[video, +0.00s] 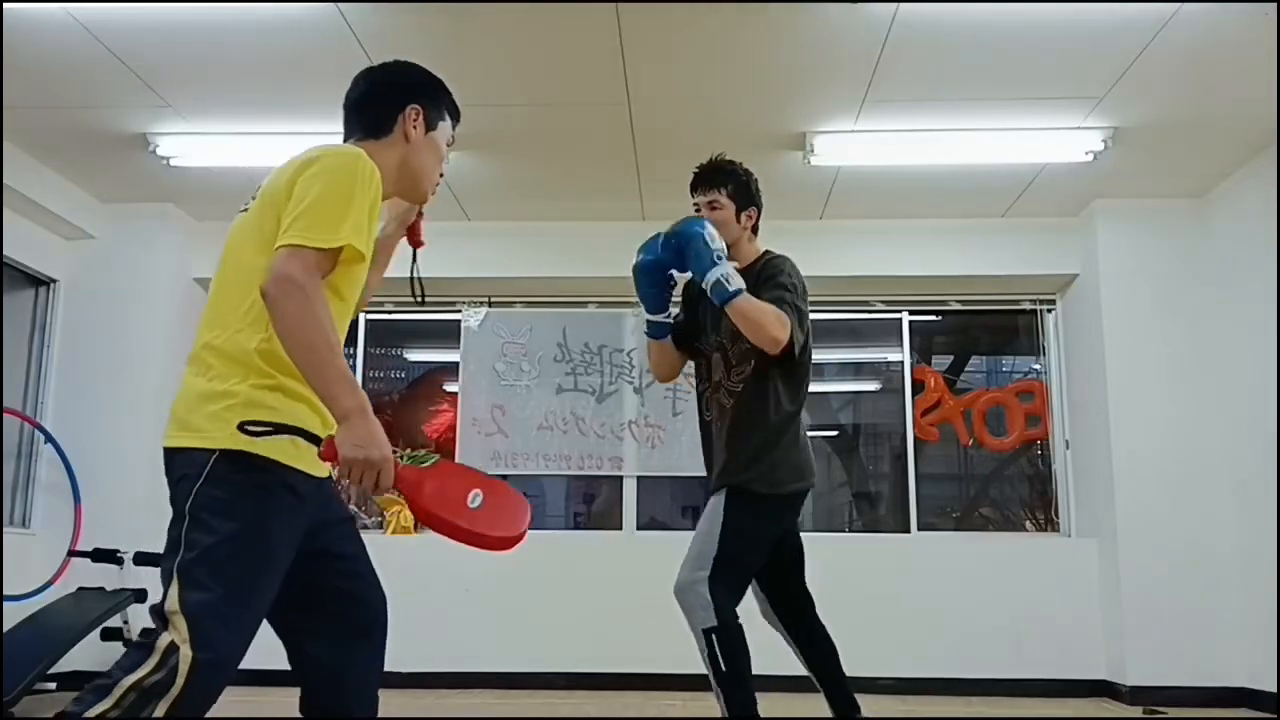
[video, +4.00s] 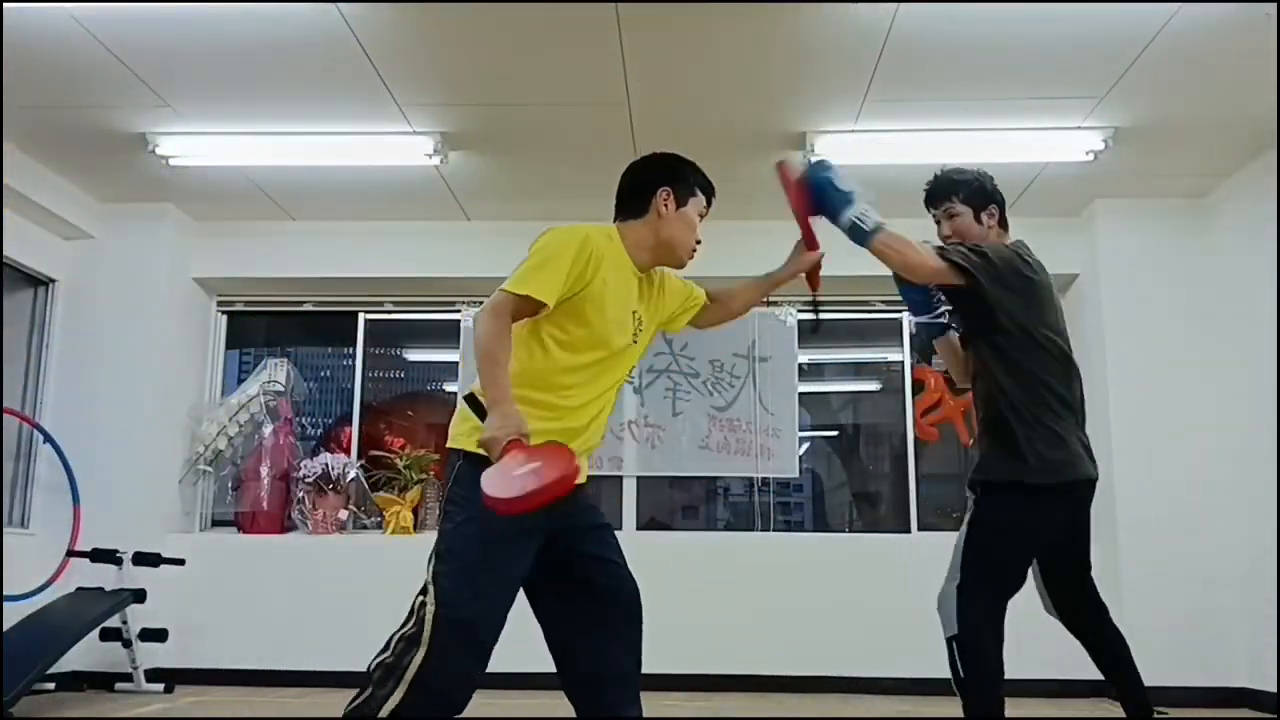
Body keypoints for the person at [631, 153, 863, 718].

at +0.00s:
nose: (701, 217)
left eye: (713, 205)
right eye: (695, 207)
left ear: (749, 216)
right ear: (696, 219)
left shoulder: (777, 274)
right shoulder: (704, 288)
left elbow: (775, 335)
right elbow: (665, 368)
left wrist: (716, 272)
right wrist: (656, 310)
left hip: (766, 470)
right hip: (742, 470)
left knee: (699, 591)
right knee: (787, 606)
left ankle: (742, 714)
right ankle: (848, 711)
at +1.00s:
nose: (597, 211)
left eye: (608, 195)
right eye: (593, 201)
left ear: (648, 199)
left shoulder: (674, 255)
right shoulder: (626, 278)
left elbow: (686, 324)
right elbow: (598, 378)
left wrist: (611, 267)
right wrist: (576, 309)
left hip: (682, 466)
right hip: (716, 472)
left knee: (577, 584)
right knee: (688, 621)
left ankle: (604, 714)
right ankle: (772, 716)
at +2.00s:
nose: (510, 152)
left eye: (517, 137)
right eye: (509, 141)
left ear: (560, 135)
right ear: (568, 136)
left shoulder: (563, 179)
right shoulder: (627, 197)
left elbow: (450, 176)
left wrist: (378, 107)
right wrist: (524, 231)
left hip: (613, 427)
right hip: (672, 428)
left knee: (522, 598)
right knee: (669, 578)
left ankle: (502, 714)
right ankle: (735, 711)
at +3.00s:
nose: (845, 227)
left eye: (851, 213)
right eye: (840, 217)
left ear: (878, 209)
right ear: (847, 222)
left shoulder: (923, 254)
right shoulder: (877, 283)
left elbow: (905, 245)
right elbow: (828, 346)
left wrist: (879, 181)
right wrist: (814, 275)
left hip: (935, 471)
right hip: (939, 472)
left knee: (853, 606)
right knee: (1011, 600)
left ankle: (890, 715)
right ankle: (1097, 707)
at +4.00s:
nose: (940, 232)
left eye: (949, 217)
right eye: (936, 222)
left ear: (990, 216)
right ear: (989, 221)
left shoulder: (1000, 262)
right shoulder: (1023, 271)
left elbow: (924, 267)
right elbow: (974, 380)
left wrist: (844, 208)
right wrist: (935, 325)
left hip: (1020, 473)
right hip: (1067, 471)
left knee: (969, 606)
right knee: (1073, 596)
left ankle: (983, 714)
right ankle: (1142, 710)